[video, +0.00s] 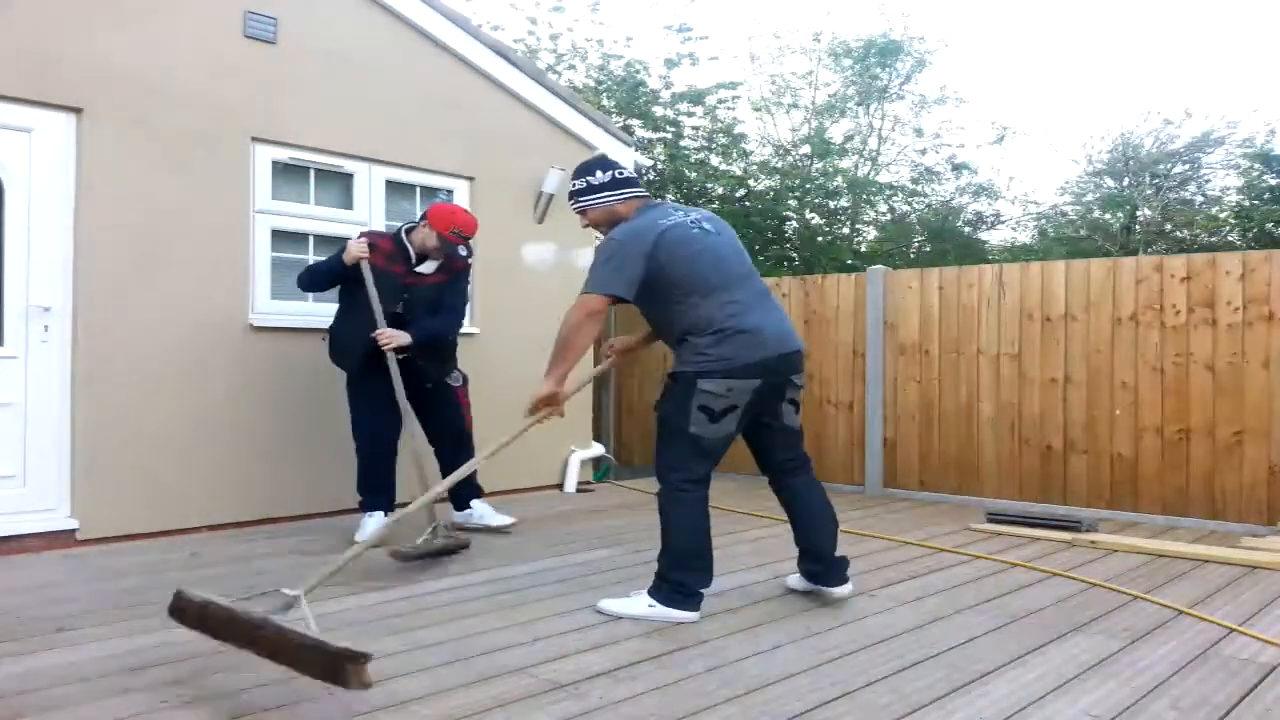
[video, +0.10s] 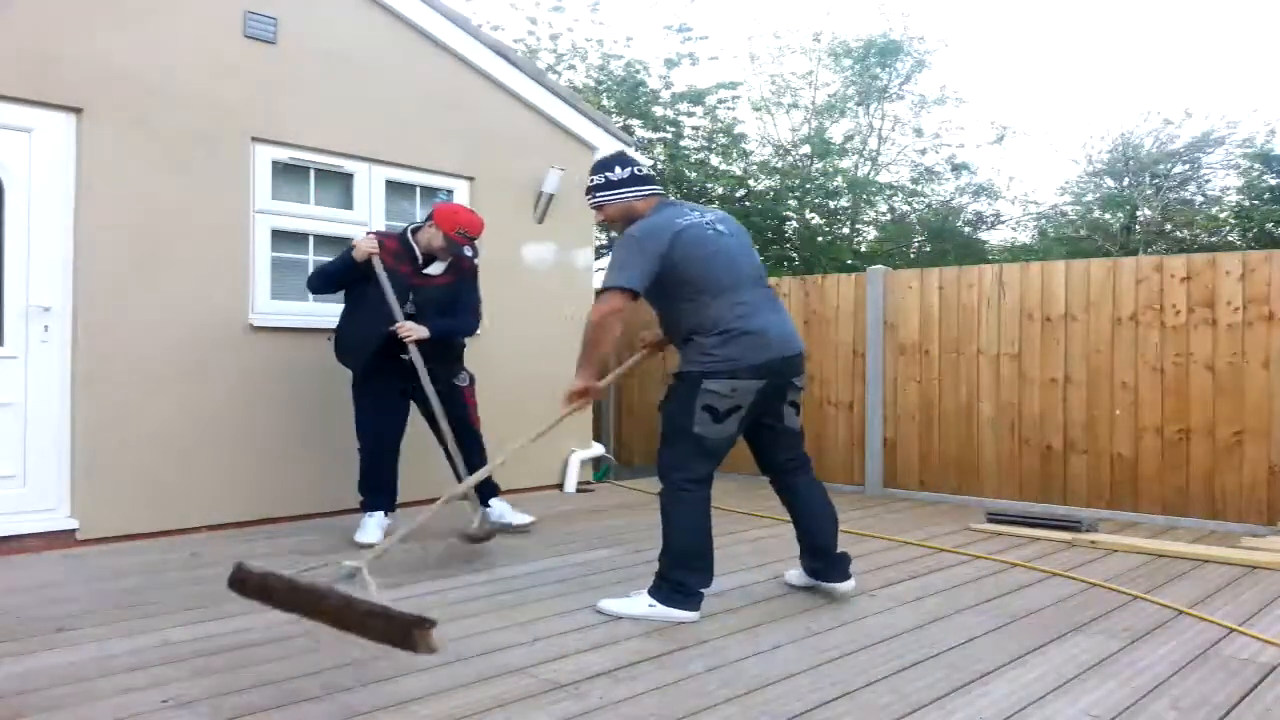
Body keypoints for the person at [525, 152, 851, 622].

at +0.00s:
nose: (586, 222)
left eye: (586, 210)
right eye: (582, 213)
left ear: (613, 199)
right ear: (630, 196)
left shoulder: (628, 236)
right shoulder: (697, 218)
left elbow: (588, 311)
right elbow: (695, 300)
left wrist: (554, 381)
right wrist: (635, 342)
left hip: (716, 361)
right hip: (781, 352)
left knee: (682, 478)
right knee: (789, 466)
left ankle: (677, 594)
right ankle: (827, 573)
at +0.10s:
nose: (600, 218)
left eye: (602, 206)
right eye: (597, 209)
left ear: (630, 197)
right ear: (648, 194)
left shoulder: (645, 233)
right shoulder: (712, 217)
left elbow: (607, 311)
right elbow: (731, 289)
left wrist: (587, 375)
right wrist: (670, 334)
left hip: (722, 362)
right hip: (781, 353)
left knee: (683, 474)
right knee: (790, 465)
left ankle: (677, 594)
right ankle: (827, 568)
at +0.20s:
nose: (624, 215)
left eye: (625, 204)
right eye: (621, 206)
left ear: (651, 196)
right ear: (670, 193)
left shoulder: (667, 234)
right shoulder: (739, 221)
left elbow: (639, 309)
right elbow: (761, 288)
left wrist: (627, 368)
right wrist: (697, 320)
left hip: (728, 366)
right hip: (785, 360)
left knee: (683, 474)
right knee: (785, 464)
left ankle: (677, 593)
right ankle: (828, 568)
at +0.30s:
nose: (657, 215)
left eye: (659, 204)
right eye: (654, 206)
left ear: (684, 198)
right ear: (704, 195)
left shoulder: (695, 236)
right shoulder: (767, 224)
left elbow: (675, 313)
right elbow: (810, 288)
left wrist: (665, 366)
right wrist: (748, 318)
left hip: (740, 368)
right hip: (797, 364)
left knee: (691, 474)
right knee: (786, 466)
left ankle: (678, 591)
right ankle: (830, 571)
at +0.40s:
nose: (684, 215)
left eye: (686, 205)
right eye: (683, 206)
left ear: (709, 197)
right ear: (732, 194)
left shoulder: (721, 234)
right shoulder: (793, 225)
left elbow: (704, 311)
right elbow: (839, 282)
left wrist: (701, 365)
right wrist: (792, 316)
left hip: (761, 367)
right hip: (817, 362)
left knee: (714, 473)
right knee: (798, 466)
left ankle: (682, 584)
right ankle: (831, 572)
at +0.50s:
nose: (703, 215)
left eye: (706, 205)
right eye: (700, 206)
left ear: (730, 196)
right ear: (749, 195)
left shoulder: (741, 234)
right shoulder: (810, 222)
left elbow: (725, 311)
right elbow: (861, 269)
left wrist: (732, 363)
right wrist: (814, 302)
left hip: (782, 363)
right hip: (836, 360)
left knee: (737, 469)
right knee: (808, 463)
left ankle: (728, 582)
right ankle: (832, 571)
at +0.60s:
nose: (715, 219)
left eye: (717, 208)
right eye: (712, 210)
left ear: (741, 198)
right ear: (760, 195)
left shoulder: (753, 234)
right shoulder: (824, 220)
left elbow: (745, 316)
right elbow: (876, 259)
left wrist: (761, 358)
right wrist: (832, 294)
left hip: (805, 358)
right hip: (855, 355)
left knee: (767, 463)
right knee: (822, 459)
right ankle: (837, 570)